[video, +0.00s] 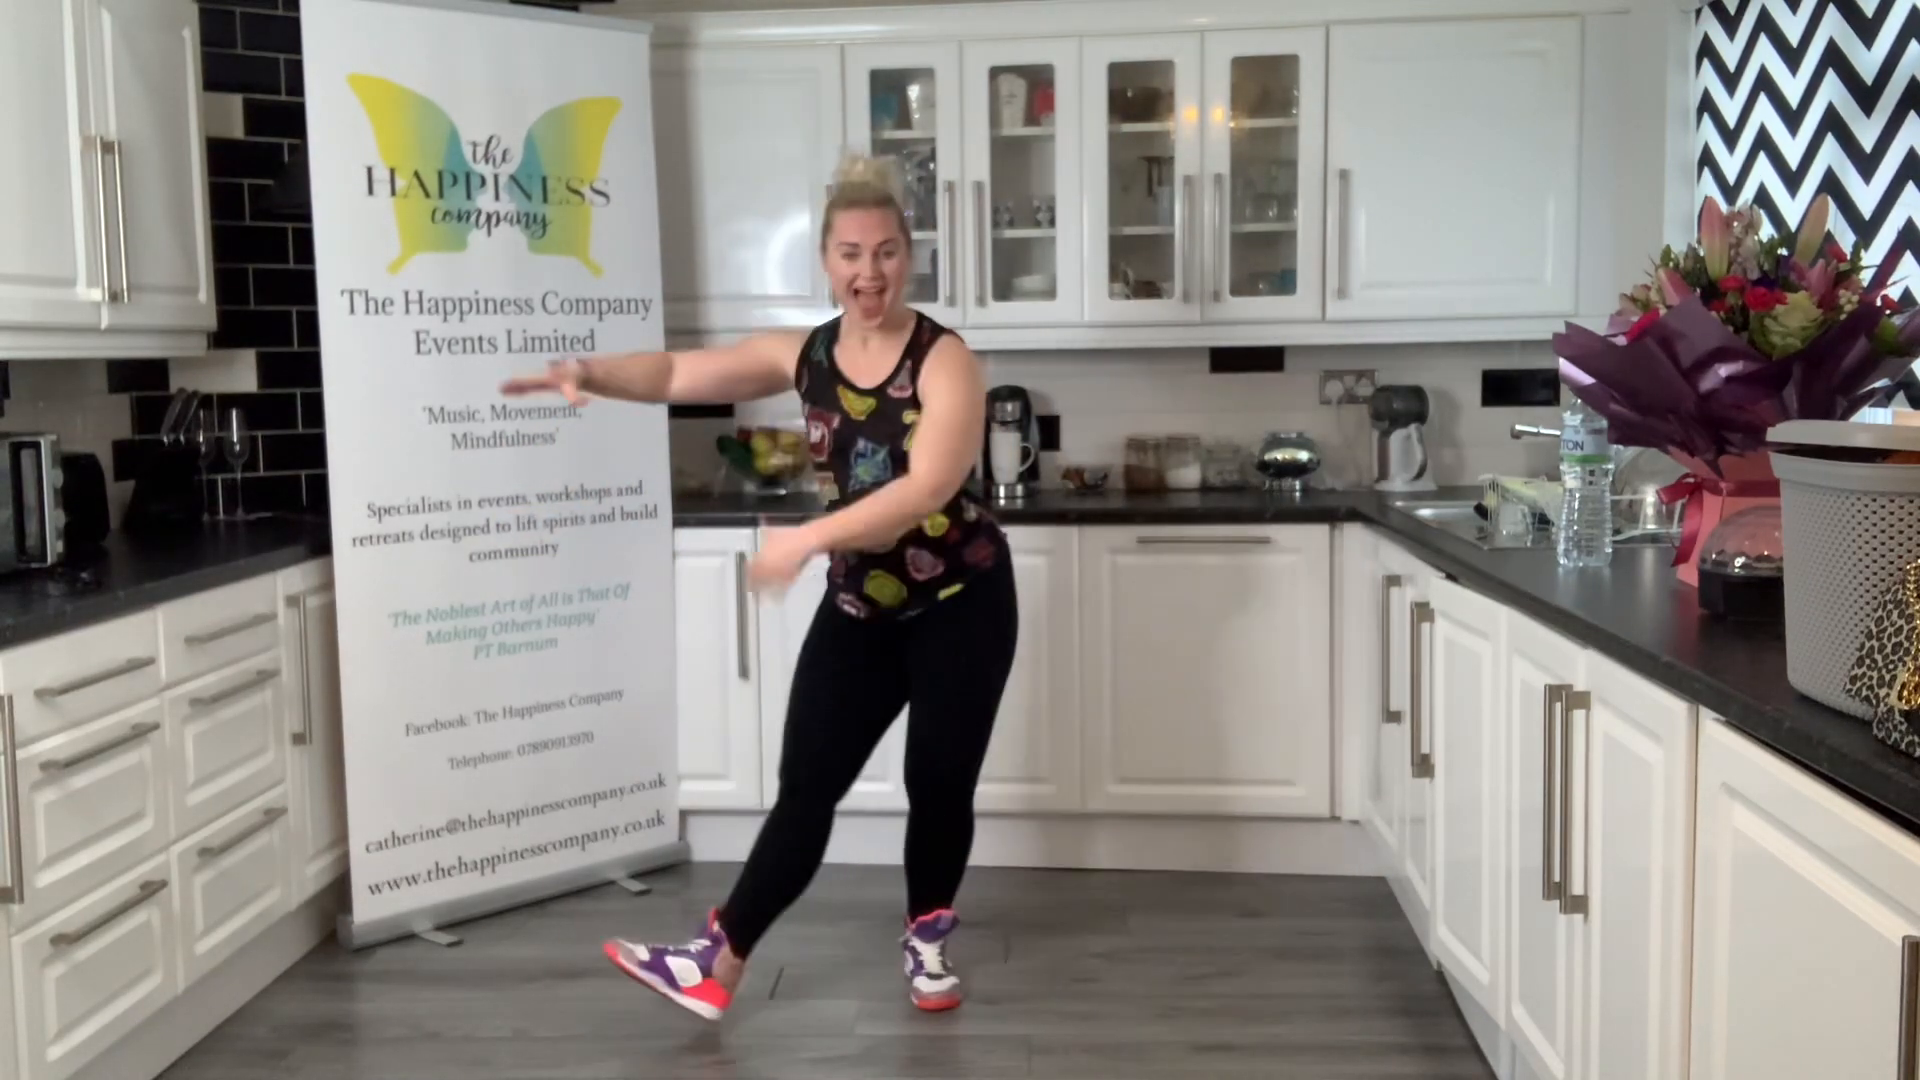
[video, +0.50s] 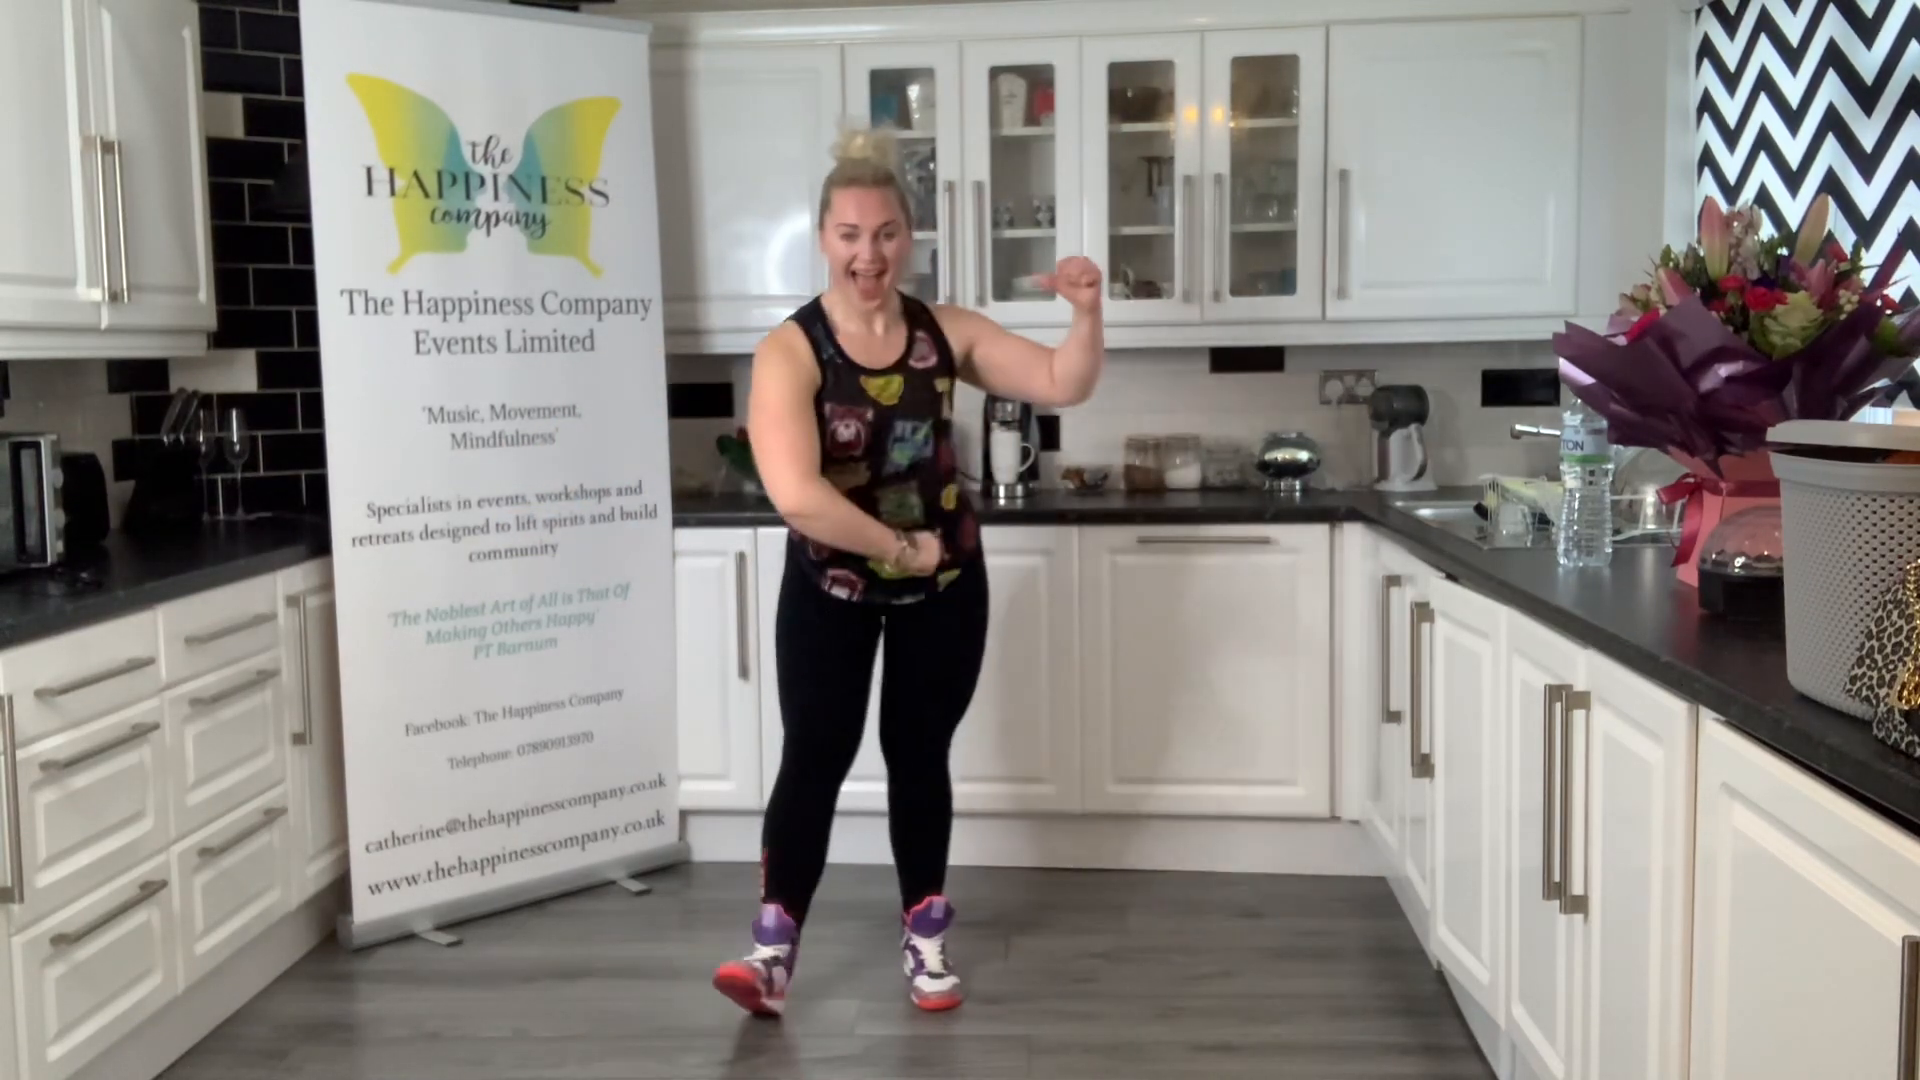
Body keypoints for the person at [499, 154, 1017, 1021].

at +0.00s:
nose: (868, 271)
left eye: (885, 251)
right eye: (849, 252)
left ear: (910, 254)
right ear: (825, 258)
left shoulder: (947, 363)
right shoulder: (806, 353)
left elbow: (930, 488)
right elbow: (676, 374)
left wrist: (809, 538)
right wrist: (586, 371)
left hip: (962, 605)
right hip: (862, 603)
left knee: (941, 787)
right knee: (805, 790)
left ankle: (930, 938)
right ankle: (718, 957)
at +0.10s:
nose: (875, 270)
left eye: (891, 252)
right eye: (857, 254)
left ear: (915, 256)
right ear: (832, 261)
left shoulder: (948, 359)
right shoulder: (805, 356)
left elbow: (920, 465)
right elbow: (711, 389)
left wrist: (855, 564)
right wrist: (626, 422)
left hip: (963, 601)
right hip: (865, 604)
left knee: (936, 790)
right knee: (821, 795)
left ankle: (928, 939)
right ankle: (738, 964)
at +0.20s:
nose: (873, 268)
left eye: (889, 250)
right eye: (854, 250)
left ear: (912, 253)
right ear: (828, 256)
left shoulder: (948, 353)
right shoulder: (793, 358)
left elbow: (970, 480)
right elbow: (747, 419)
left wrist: (934, 514)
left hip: (963, 597)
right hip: (864, 600)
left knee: (925, 774)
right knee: (799, 768)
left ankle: (927, 939)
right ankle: (734, 960)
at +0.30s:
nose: (871, 260)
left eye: (887, 241)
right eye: (852, 243)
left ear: (909, 244)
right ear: (824, 248)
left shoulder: (948, 336)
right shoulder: (785, 358)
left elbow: (1000, 362)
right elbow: (784, 451)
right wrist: (867, 516)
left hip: (959, 585)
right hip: (855, 588)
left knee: (925, 768)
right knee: (788, 747)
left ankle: (926, 937)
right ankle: (753, 948)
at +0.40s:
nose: (867, 252)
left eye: (883, 233)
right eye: (847, 233)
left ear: (906, 235)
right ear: (821, 237)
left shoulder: (953, 330)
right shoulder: (785, 349)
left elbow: (1071, 378)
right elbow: (787, 472)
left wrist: (1083, 301)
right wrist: (902, 523)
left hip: (954, 584)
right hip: (844, 587)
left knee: (929, 763)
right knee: (810, 765)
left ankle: (926, 938)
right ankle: (766, 946)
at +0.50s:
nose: (867, 254)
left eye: (885, 234)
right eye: (848, 235)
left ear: (910, 237)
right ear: (822, 238)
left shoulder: (947, 329)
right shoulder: (788, 353)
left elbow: (1064, 384)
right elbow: (794, 495)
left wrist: (1088, 313)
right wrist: (901, 547)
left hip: (941, 585)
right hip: (830, 587)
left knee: (920, 755)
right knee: (814, 756)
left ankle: (925, 940)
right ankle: (773, 946)